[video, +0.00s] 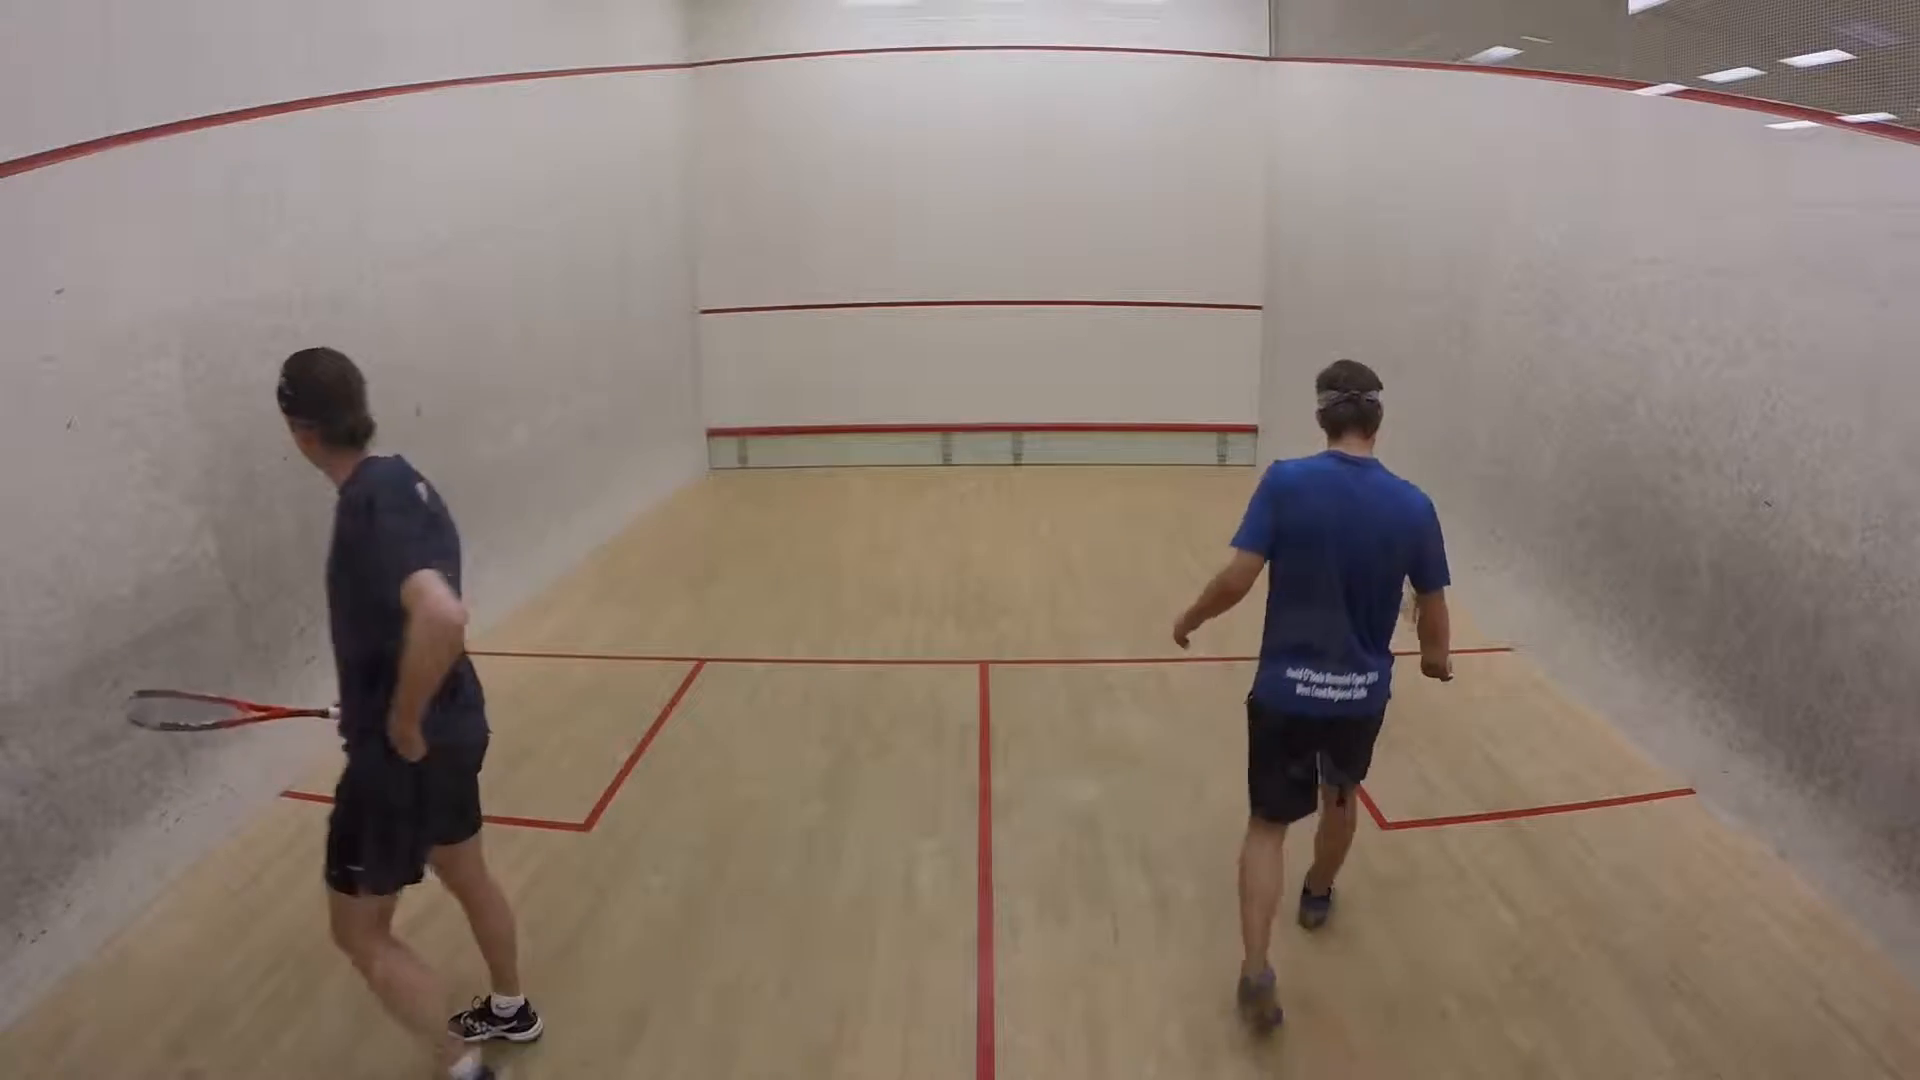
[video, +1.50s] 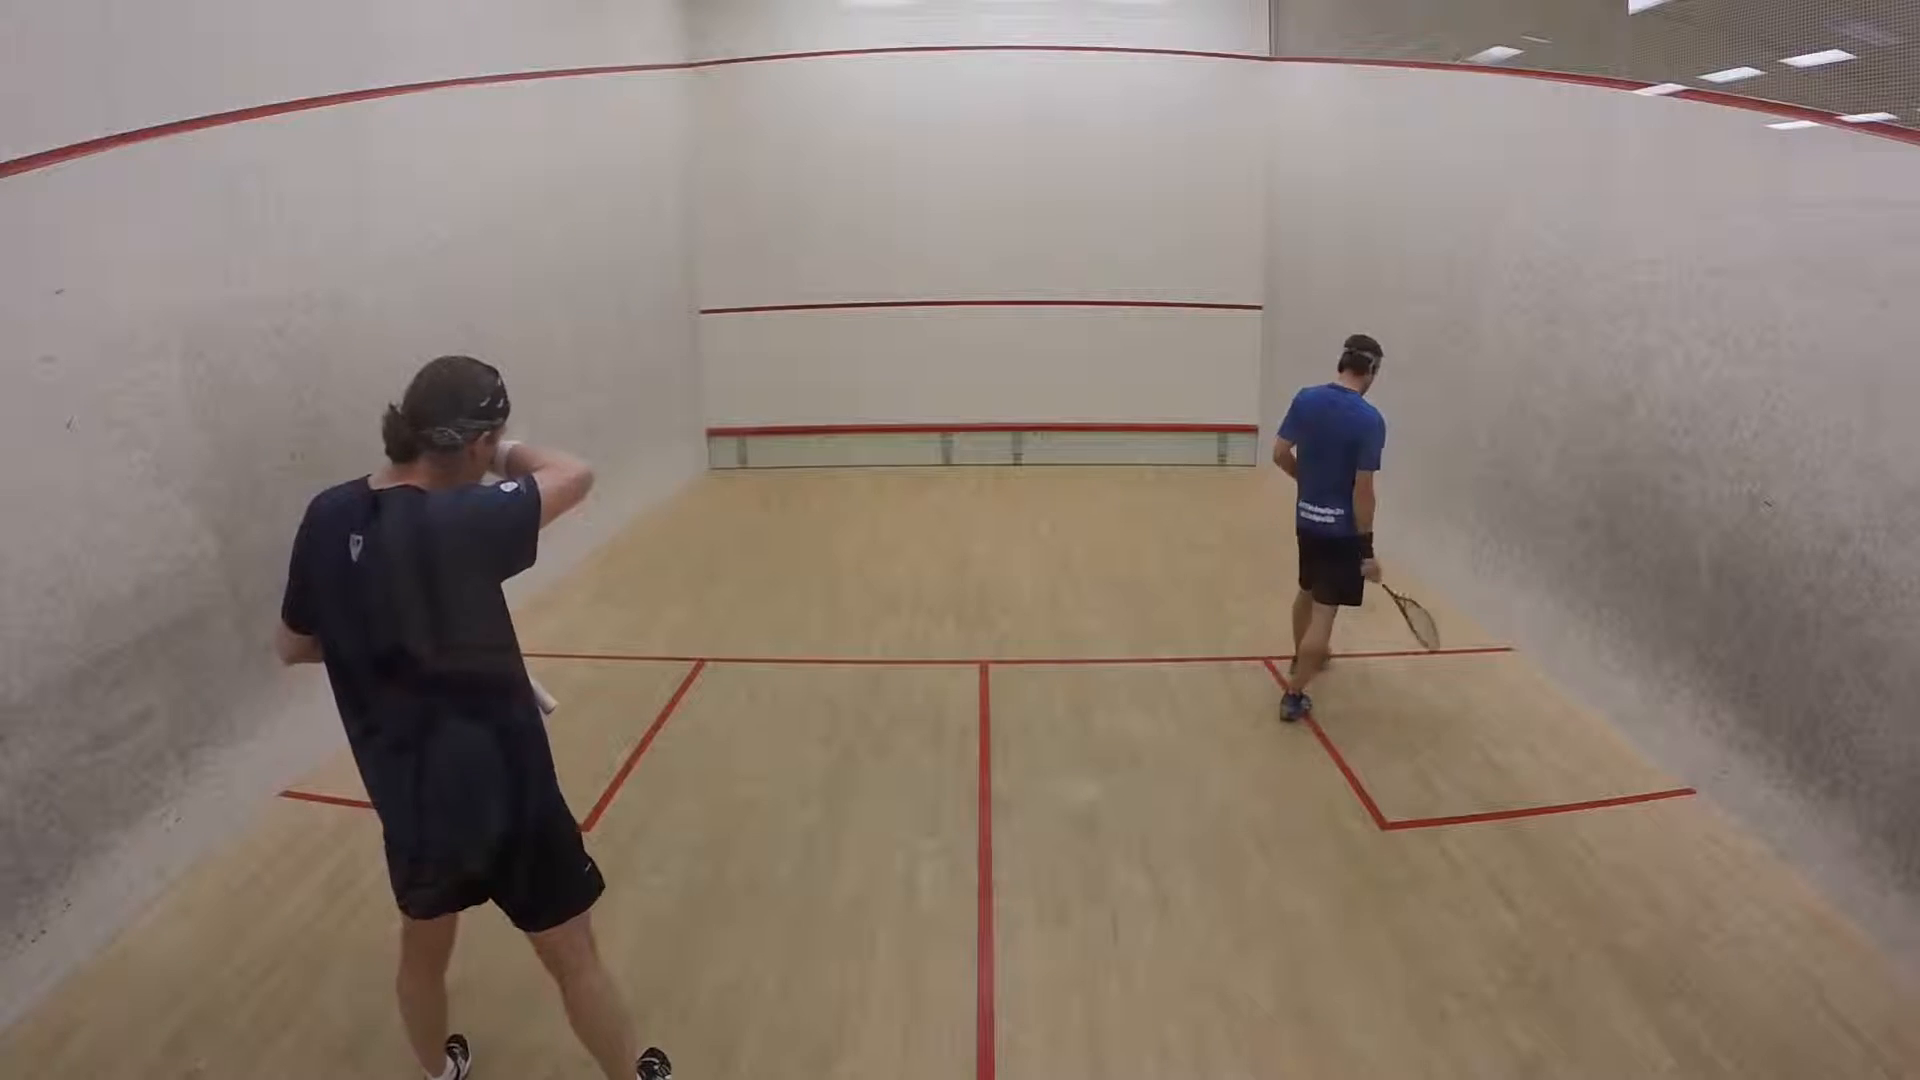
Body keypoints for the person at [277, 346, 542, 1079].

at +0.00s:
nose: (289, 432)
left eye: (288, 421)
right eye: (289, 419)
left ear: (301, 432)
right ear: (363, 410)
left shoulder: (374, 503)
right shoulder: (401, 481)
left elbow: (442, 617)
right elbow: (425, 608)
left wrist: (407, 716)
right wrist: (363, 699)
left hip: (395, 750)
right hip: (449, 731)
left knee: (360, 931)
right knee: (466, 868)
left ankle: (457, 1063)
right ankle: (512, 1006)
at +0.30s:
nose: (327, 421)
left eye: (319, 410)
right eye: (322, 412)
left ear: (243, 439)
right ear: (315, 427)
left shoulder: (214, 540)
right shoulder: (377, 518)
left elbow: (175, 696)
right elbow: (448, 637)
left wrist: (193, 778)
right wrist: (397, 685)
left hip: (299, 792)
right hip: (395, 766)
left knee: (338, 972)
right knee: (445, 883)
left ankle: (361, 1074)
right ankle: (508, 1004)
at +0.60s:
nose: (318, 437)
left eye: (315, 422)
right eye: (306, 425)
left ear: (248, 439)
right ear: (264, 437)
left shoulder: (167, 549)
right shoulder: (322, 534)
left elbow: (151, 687)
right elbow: (405, 680)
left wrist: (224, 650)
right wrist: (348, 630)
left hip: (264, 805)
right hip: (363, 777)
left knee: (323, 975)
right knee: (462, 914)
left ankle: (357, 1077)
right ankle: (534, 1033)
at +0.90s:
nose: (369, 444)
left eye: (366, 427)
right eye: (357, 429)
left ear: (297, 442)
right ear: (307, 441)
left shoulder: (216, 549)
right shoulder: (357, 548)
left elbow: (228, 683)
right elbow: (480, 649)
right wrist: (465, 585)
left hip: (314, 810)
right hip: (408, 792)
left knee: (349, 980)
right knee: (534, 943)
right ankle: (624, 1072)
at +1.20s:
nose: (471, 444)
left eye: (471, 429)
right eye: (467, 430)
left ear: (378, 429)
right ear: (440, 432)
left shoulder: (305, 532)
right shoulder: (460, 521)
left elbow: (275, 671)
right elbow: (573, 501)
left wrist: (361, 648)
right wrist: (485, 468)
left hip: (404, 804)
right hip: (501, 792)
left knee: (406, 949)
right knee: (573, 958)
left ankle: (406, 1070)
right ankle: (632, 1072)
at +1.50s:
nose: (499, 446)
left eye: (498, 435)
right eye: (494, 437)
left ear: (406, 431)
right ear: (474, 444)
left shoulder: (331, 517)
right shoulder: (472, 521)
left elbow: (294, 644)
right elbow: (572, 476)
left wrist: (380, 625)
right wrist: (502, 451)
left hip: (412, 801)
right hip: (509, 792)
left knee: (423, 952)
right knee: (572, 958)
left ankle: (435, 1070)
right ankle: (632, 1072)